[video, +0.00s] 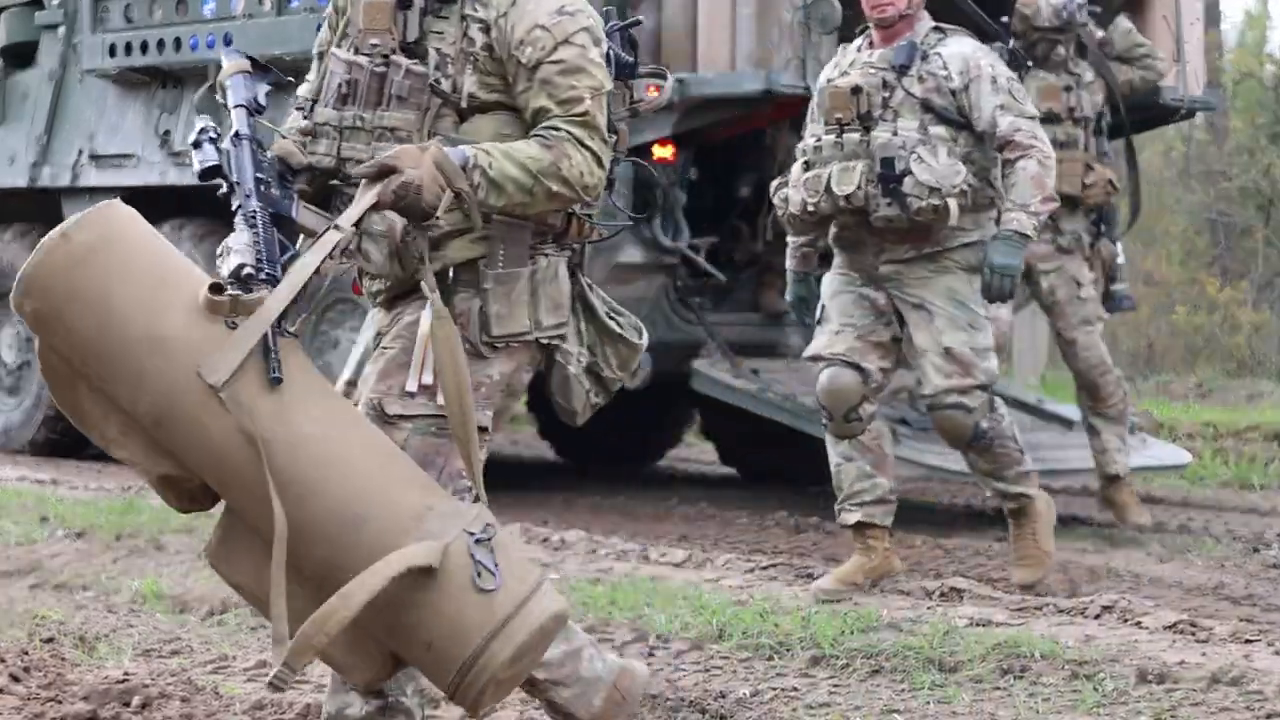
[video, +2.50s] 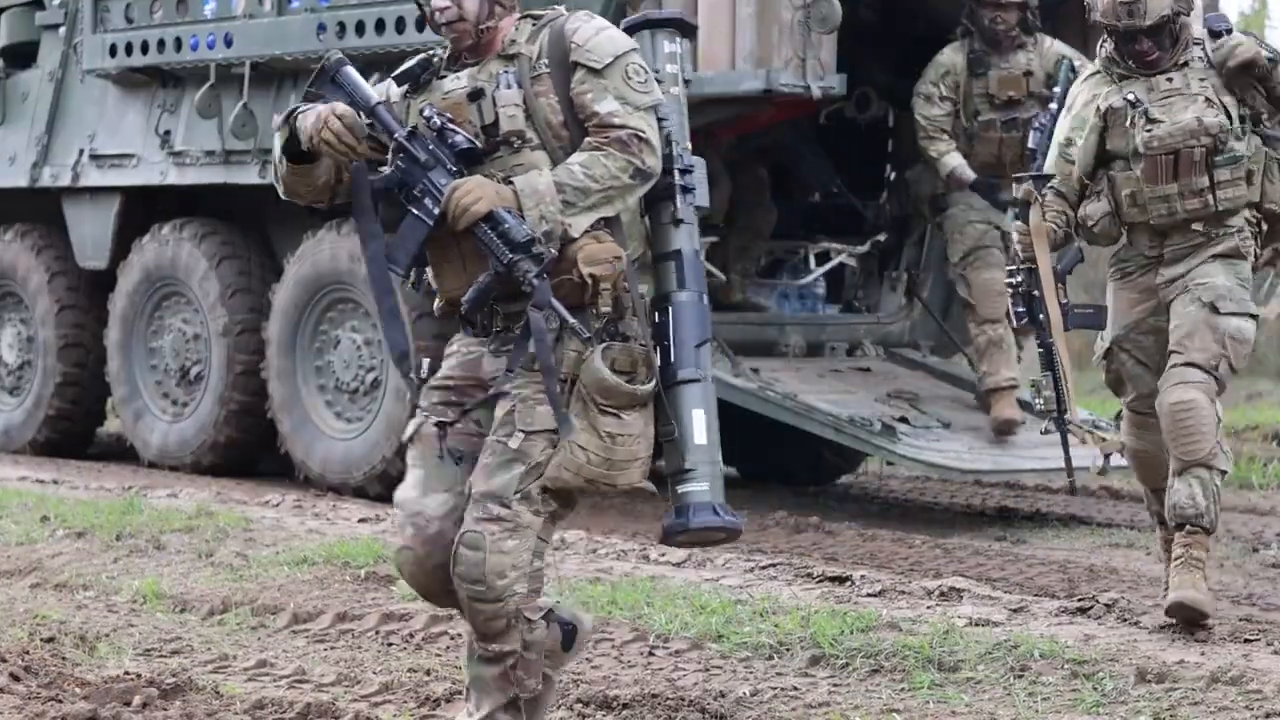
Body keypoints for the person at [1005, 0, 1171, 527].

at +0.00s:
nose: (1047, 31)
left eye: (1056, 22)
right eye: (1036, 22)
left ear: (1071, 25)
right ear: (1018, 23)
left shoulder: (1089, 76)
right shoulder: (994, 66)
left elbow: (1152, 69)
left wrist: (1100, 22)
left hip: (1066, 234)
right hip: (999, 232)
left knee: (1091, 358)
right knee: (972, 358)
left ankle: (1115, 478)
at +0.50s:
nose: (1065, 88)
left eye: (1072, 75)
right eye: (1052, 81)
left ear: (1090, 71)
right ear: (1037, 89)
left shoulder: (1135, 108)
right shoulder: (1028, 149)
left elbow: (1217, 74)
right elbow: (981, 209)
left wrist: (1157, 95)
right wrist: (1004, 215)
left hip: (1164, 288)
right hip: (1088, 297)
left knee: (1161, 428)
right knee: (1111, 418)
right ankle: (1137, 533)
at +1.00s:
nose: (1050, 69)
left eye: (1057, 54)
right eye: (1035, 61)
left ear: (1079, 41)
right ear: (1019, 64)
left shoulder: (1134, 73)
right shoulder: (1010, 122)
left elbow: (1231, 74)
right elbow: (965, 210)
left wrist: (1186, 130)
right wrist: (1012, 185)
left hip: (1157, 282)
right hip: (1073, 287)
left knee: (1154, 441)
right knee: (1063, 384)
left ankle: (1156, 568)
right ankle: (1077, 510)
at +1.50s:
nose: (938, 13)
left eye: (946, 1)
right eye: (926, 8)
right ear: (916, 15)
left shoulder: (1038, 25)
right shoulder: (901, 81)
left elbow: (1109, 89)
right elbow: (850, 178)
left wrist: (1050, 121)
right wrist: (901, 136)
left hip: (1051, 253)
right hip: (965, 268)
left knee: (1027, 405)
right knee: (989, 441)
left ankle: (1026, 586)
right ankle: (1045, 569)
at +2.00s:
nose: (728, 63)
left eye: (738, 46)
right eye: (718, 52)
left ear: (781, 39)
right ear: (715, 60)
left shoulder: (856, 87)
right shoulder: (719, 131)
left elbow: (903, 180)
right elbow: (600, 201)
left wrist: (805, 221)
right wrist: (635, 186)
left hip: (851, 334)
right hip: (760, 342)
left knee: (834, 534)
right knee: (744, 542)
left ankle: (930, 621)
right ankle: (769, 698)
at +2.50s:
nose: (439, 7)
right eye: (432, 2)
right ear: (429, 15)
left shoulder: (578, 41)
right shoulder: (418, 84)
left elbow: (632, 151)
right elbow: (318, 189)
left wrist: (519, 196)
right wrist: (306, 132)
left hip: (570, 333)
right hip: (473, 335)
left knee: (494, 556)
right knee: (426, 551)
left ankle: (504, 705)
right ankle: (542, 634)